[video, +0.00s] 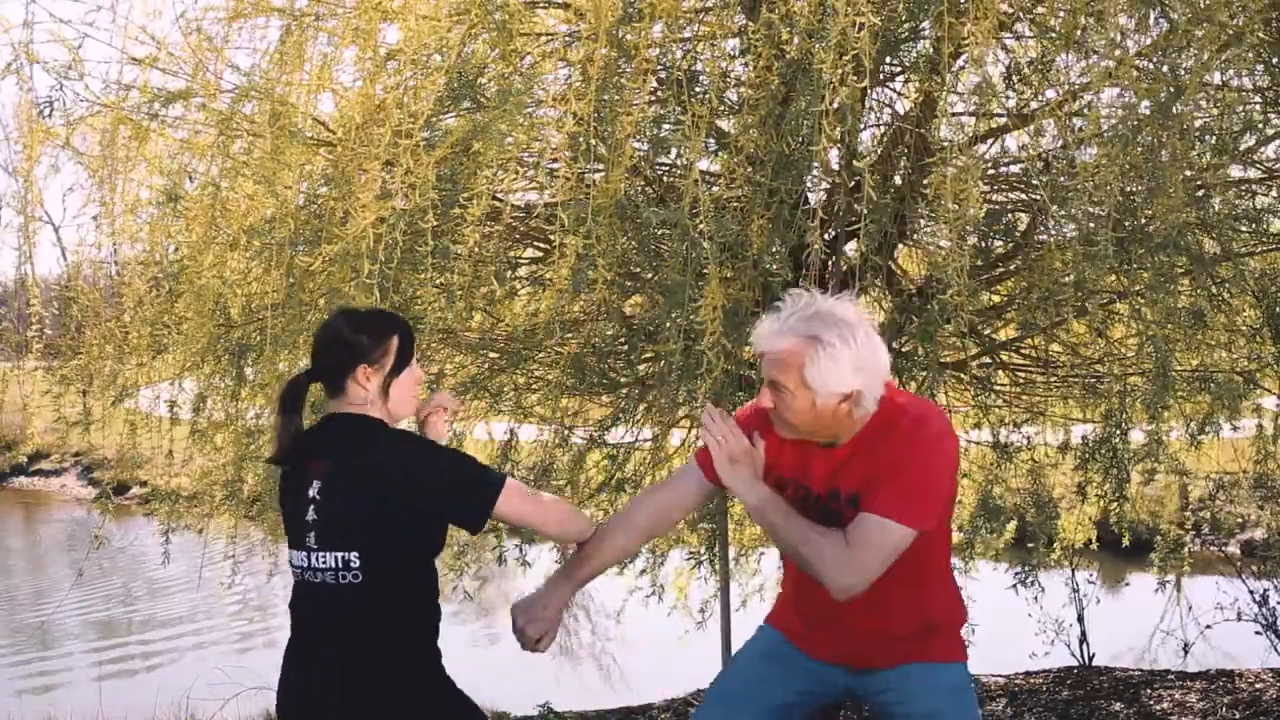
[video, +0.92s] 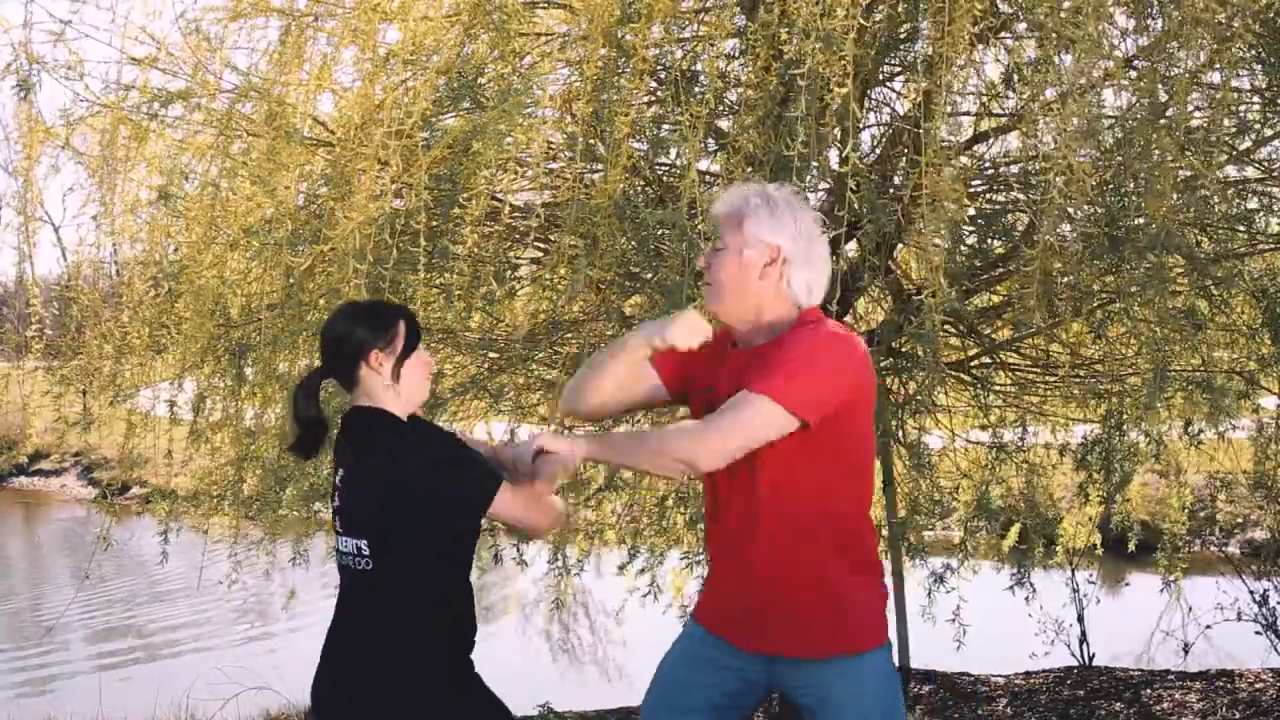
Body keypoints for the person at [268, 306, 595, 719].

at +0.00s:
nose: (421, 374)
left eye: (415, 362)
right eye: (409, 363)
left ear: (359, 378)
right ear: (366, 377)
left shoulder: (300, 455)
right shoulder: (415, 461)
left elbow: (371, 515)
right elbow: (541, 512)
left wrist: (426, 446)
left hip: (306, 695)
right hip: (402, 695)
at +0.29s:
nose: (427, 382)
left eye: (420, 371)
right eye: (414, 373)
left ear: (366, 389)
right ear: (369, 389)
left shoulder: (317, 464)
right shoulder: (415, 471)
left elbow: (417, 544)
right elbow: (543, 532)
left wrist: (445, 457)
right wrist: (598, 553)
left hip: (309, 700)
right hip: (399, 702)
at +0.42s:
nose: (435, 375)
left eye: (428, 364)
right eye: (422, 366)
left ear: (376, 391)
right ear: (383, 389)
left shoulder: (344, 463)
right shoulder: (433, 468)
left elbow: (446, 535)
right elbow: (548, 551)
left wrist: (467, 447)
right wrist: (617, 592)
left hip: (323, 695)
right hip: (412, 699)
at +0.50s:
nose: (441, 373)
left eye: (433, 363)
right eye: (430, 365)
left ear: (389, 389)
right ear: (393, 387)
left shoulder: (362, 460)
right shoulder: (445, 473)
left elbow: (499, 492)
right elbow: (548, 568)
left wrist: (524, 413)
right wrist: (598, 615)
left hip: (334, 694)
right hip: (420, 698)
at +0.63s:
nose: (436, 367)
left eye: (429, 354)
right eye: (425, 355)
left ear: (383, 376)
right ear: (390, 373)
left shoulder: (364, 449)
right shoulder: (440, 463)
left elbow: (503, 465)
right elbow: (556, 552)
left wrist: (559, 395)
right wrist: (591, 557)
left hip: (345, 695)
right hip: (432, 698)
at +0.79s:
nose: (434, 362)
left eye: (428, 348)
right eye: (423, 349)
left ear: (381, 369)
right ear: (386, 367)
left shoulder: (360, 444)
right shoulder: (442, 459)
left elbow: (503, 462)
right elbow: (555, 531)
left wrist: (562, 392)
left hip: (347, 688)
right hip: (431, 691)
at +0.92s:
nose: (431, 362)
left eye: (425, 347)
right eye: (420, 348)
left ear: (375, 362)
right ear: (380, 361)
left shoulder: (355, 437)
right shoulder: (428, 450)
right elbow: (541, 515)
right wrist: (549, 465)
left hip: (345, 684)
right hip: (427, 689)